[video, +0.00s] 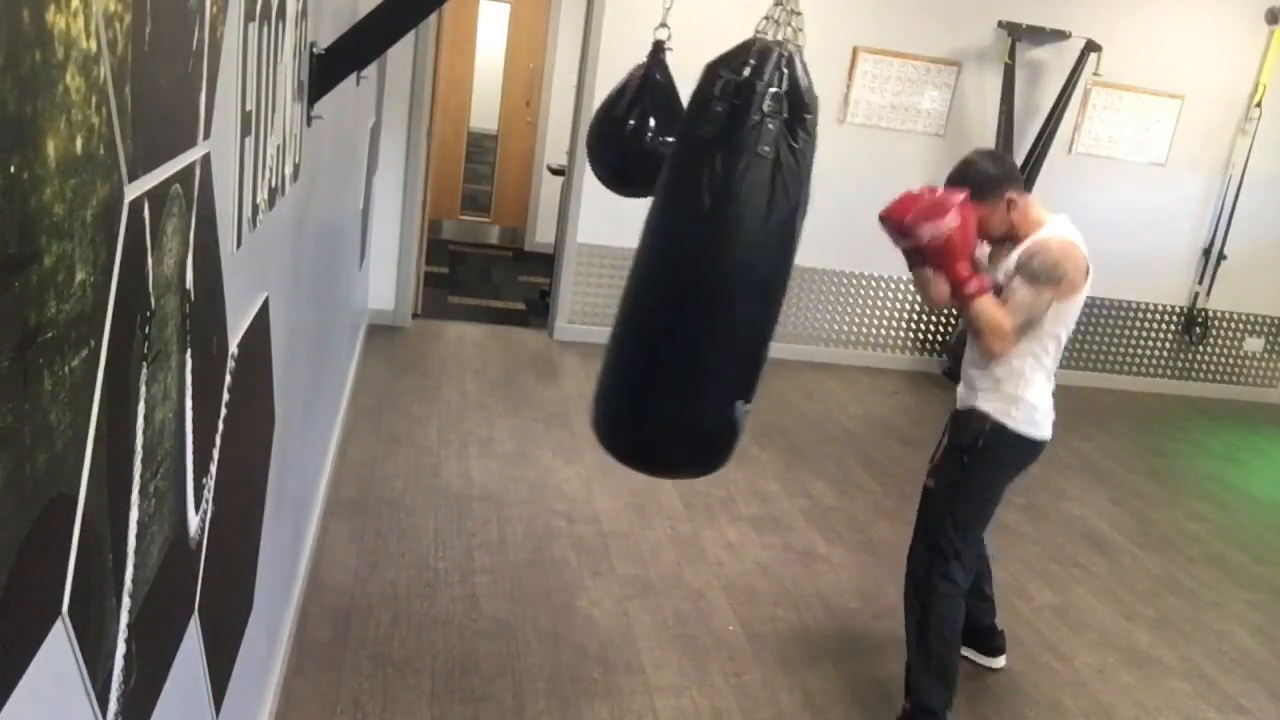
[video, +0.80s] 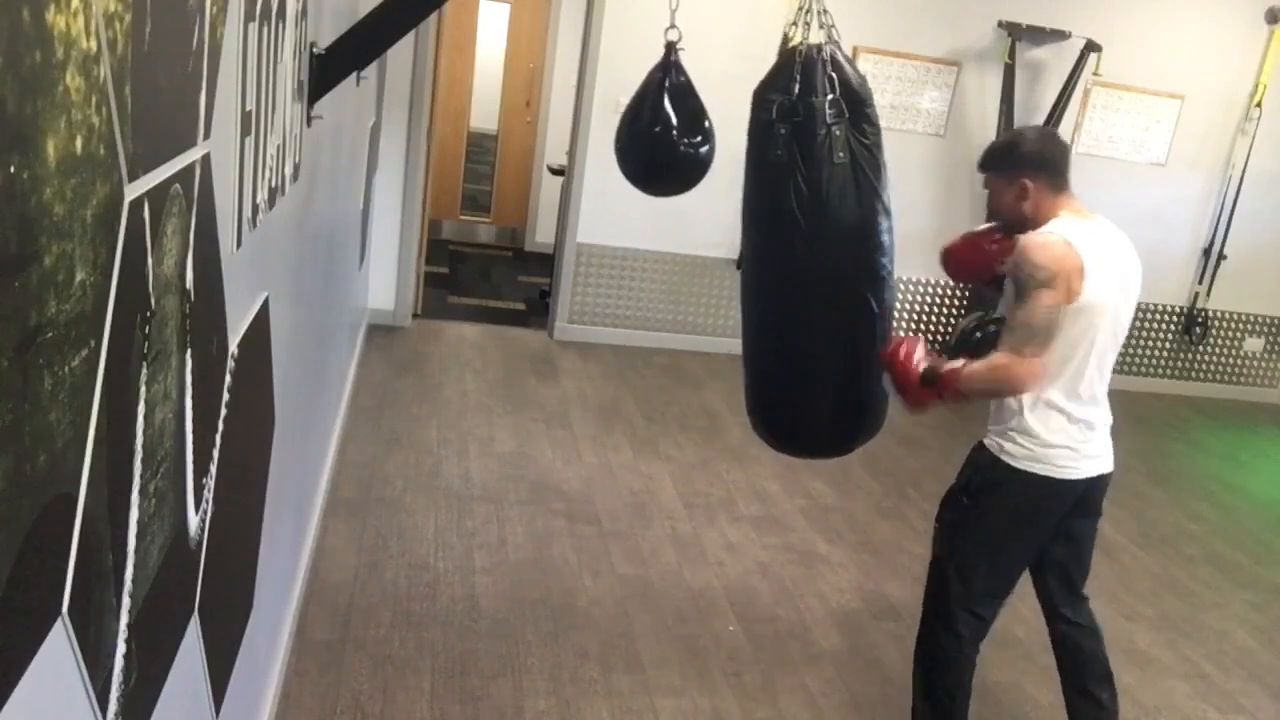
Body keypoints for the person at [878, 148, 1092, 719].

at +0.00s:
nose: (977, 230)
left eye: (979, 219)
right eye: (972, 220)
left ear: (1011, 202)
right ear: (1011, 202)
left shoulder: (1057, 251)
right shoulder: (1022, 243)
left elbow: (999, 336)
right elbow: (945, 300)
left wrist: (961, 266)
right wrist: (918, 246)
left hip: (1001, 422)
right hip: (992, 412)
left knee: (936, 557)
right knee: (958, 529)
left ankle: (926, 708)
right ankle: (982, 635)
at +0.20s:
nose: (938, 243)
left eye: (940, 231)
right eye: (932, 233)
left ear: (976, 213)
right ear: (976, 211)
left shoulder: (1039, 269)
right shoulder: (1002, 250)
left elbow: (1043, 385)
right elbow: (988, 336)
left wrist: (955, 349)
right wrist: (937, 317)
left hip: (1013, 447)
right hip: (1000, 432)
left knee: (947, 588)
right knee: (996, 541)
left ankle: (937, 711)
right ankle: (988, 641)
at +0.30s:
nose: (933, 244)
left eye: (935, 233)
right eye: (928, 234)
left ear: (972, 217)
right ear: (972, 214)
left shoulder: (1048, 268)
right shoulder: (992, 251)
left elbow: (1081, 381)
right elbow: (983, 328)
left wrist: (981, 373)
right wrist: (935, 319)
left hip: (1029, 450)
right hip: (1005, 435)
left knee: (960, 592)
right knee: (1016, 558)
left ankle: (940, 710)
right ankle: (1032, 669)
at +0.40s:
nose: (938, 245)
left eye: (939, 232)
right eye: (933, 234)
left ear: (973, 216)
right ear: (976, 212)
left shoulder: (1050, 268)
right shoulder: (1003, 251)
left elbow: (1100, 381)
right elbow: (1000, 336)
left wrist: (998, 401)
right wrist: (952, 317)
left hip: (1030, 456)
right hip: (1021, 443)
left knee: (962, 601)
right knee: (1031, 580)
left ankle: (943, 712)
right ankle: (1088, 705)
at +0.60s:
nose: (958, 217)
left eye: (961, 205)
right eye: (954, 205)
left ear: (995, 194)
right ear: (1018, 185)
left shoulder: (1008, 257)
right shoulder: (1094, 233)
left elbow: (974, 372)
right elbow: (1057, 305)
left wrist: (890, 360)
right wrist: (986, 273)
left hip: (1013, 464)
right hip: (1082, 462)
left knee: (960, 608)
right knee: (1059, 589)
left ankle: (940, 711)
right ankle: (1087, 709)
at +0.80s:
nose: (988, 207)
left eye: (993, 192)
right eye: (987, 192)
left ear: (1027, 189)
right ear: (1042, 187)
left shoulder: (1043, 250)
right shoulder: (1115, 247)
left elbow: (1019, 372)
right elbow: (1075, 314)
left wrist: (937, 375)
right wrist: (1002, 271)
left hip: (1020, 468)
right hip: (1085, 468)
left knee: (952, 620)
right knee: (1068, 605)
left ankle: (939, 710)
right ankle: (1097, 712)